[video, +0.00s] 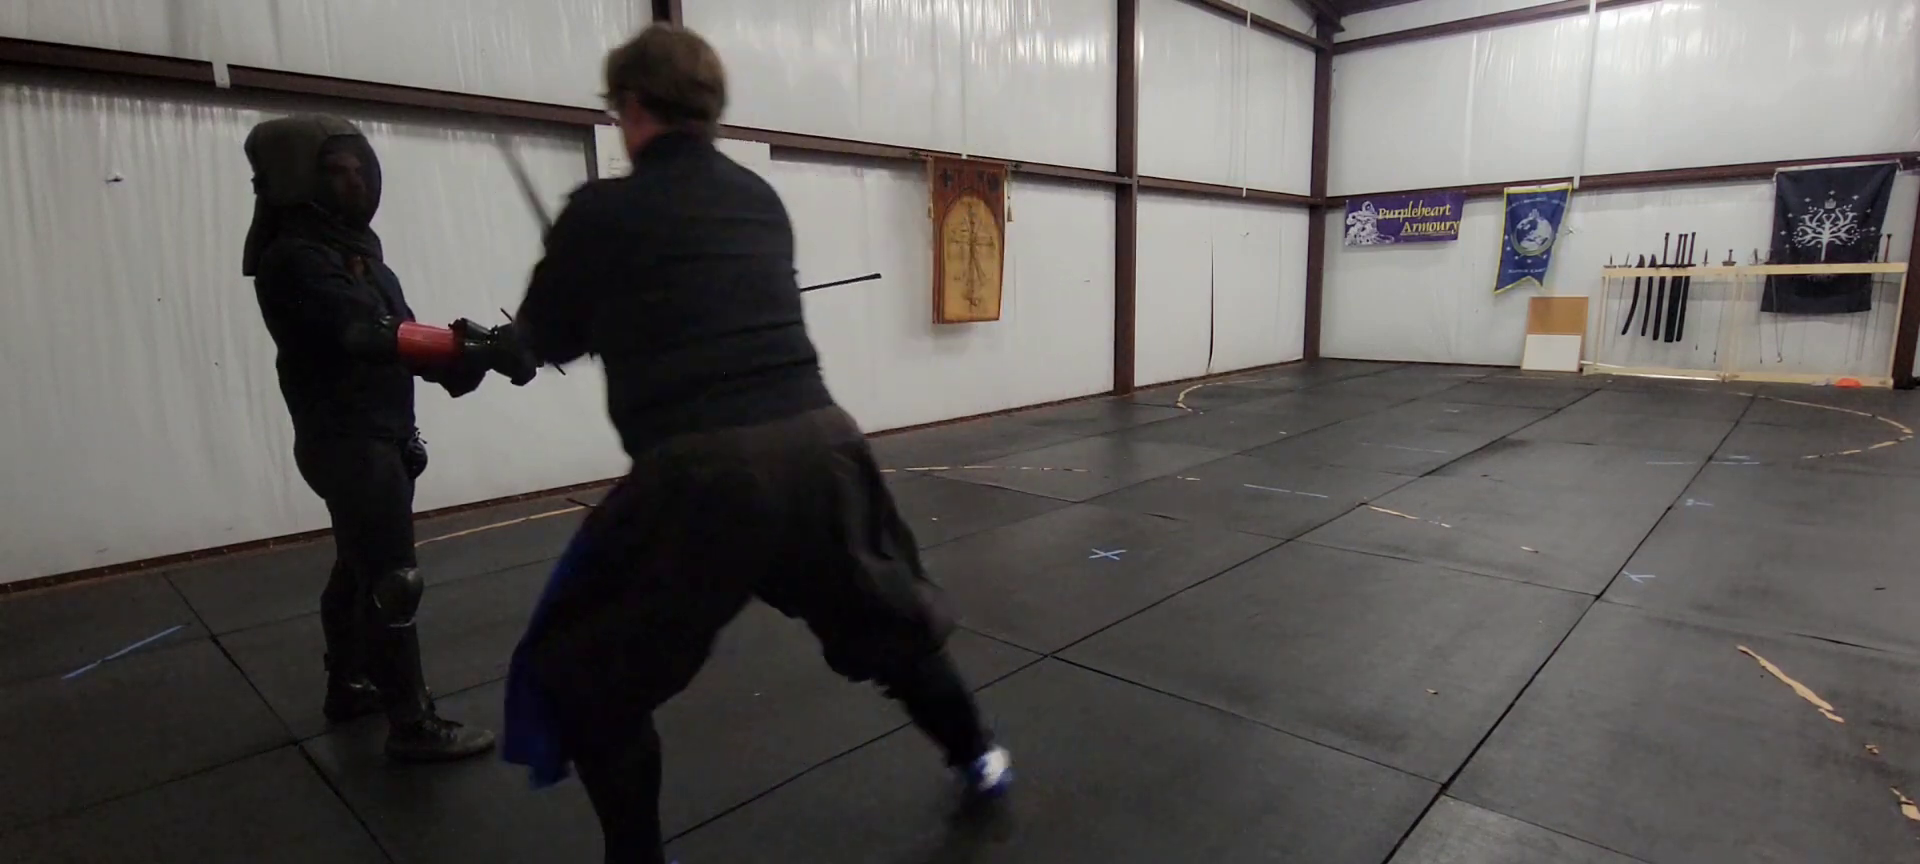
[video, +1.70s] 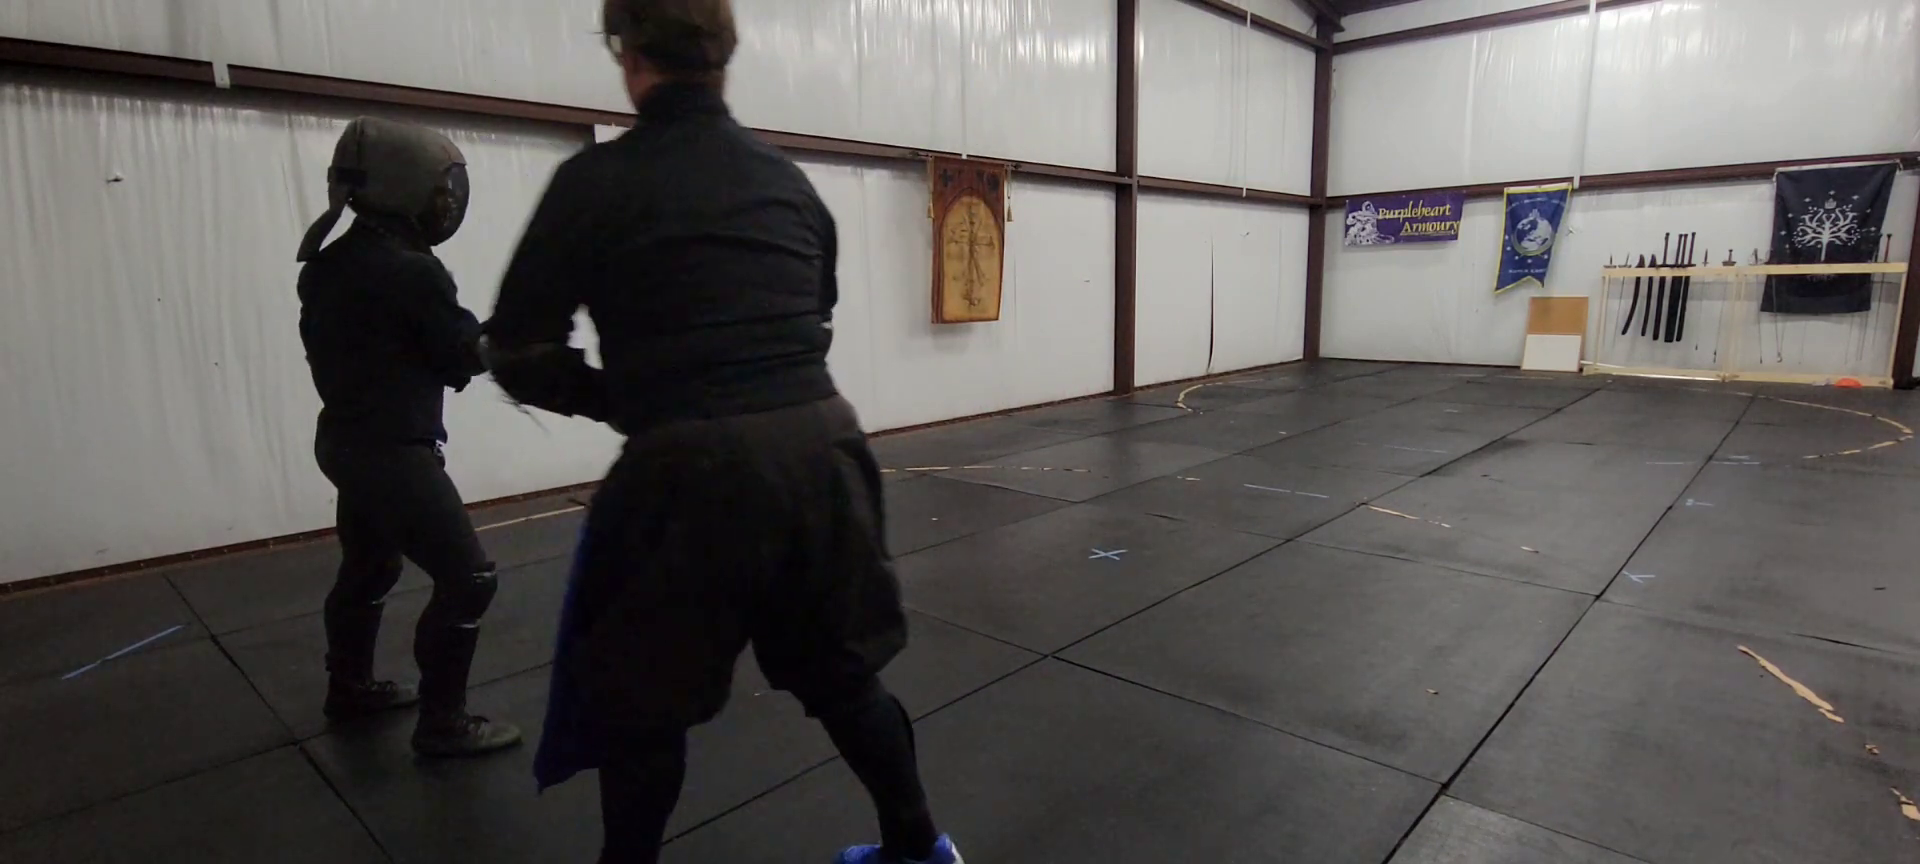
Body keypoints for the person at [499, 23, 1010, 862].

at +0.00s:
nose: (616, 119)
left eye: (618, 106)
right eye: (617, 106)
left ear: (635, 109)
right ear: (711, 109)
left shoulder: (599, 212)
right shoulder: (757, 195)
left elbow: (546, 335)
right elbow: (723, 299)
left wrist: (625, 278)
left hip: (695, 479)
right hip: (817, 453)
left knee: (598, 672)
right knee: (886, 617)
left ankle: (635, 847)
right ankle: (978, 762)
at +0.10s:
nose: (554, 105)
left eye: (556, 91)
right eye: (556, 91)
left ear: (571, 96)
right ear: (657, 96)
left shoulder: (524, 218)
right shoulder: (724, 187)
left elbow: (526, 373)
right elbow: (769, 333)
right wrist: (709, 392)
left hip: (626, 464)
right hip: (762, 435)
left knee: (597, 690)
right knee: (831, 647)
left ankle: (632, 850)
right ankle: (903, 831)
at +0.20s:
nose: (503, 121)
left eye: (504, 105)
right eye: (502, 105)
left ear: (519, 109)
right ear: (604, 102)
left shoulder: (485, 231)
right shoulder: (690, 183)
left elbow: (502, 376)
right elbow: (755, 316)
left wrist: (564, 452)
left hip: (584, 459)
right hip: (731, 430)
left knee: (583, 686)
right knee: (758, 675)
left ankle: (623, 849)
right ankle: (776, 846)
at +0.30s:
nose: (484, 123)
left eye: (483, 109)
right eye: (483, 110)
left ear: (494, 113)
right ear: (590, 109)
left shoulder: (464, 231)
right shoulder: (673, 189)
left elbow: (482, 375)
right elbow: (740, 346)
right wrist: (760, 441)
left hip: (545, 464)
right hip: (700, 440)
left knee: (569, 708)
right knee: (711, 707)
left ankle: (611, 847)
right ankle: (670, 842)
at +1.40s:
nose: (499, 84)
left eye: (497, 70)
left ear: (506, 72)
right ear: (607, 67)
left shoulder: (455, 194)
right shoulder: (679, 167)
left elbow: (417, 368)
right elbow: (746, 341)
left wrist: (517, 399)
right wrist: (677, 404)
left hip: (547, 468)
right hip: (704, 445)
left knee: (585, 711)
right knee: (749, 676)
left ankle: (616, 852)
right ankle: (744, 849)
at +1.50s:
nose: (529, 79)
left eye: (529, 63)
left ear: (538, 66)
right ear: (633, 63)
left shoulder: (483, 186)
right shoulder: (704, 166)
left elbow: (437, 354)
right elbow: (766, 325)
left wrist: (536, 397)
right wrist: (688, 381)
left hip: (581, 459)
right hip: (735, 437)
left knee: (601, 710)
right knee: (784, 672)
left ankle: (618, 854)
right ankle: (845, 846)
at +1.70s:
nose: (620, 71)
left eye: (621, 56)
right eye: (625, 54)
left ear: (634, 63)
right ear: (721, 57)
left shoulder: (595, 180)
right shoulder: (786, 176)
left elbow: (518, 352)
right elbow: (811, 322)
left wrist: (621, 397)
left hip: (684, 469)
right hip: (820, 449)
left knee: (644, 703)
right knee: (837, 667)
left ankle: (629, 851)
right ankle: (916, 841)